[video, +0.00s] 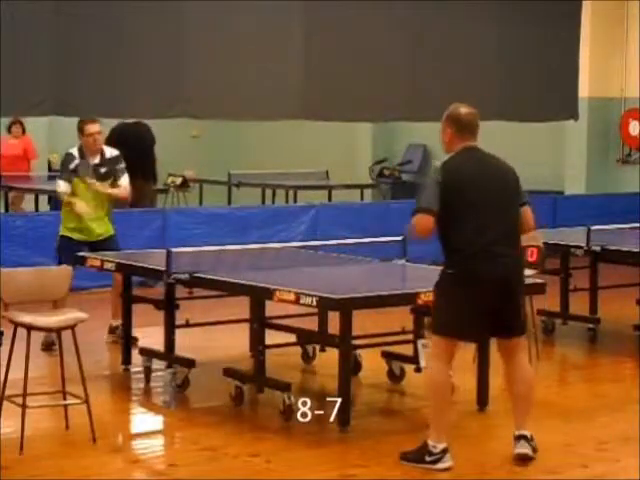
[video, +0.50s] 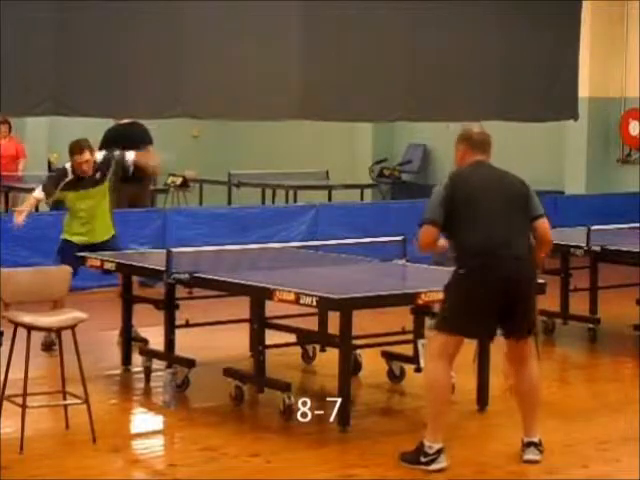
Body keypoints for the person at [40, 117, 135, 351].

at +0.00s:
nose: (96, 139)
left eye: (98, 134)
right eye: (91, 135)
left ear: (103, 134)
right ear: (81, 138)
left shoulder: (114, 156)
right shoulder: (71, 157)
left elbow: (126, 194)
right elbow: (61, 191)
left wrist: (102, 189)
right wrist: (75, 203)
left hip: (102, 227)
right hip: (73, 228)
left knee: (120, 274)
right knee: (63, 279)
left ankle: (117, 324)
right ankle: (53, 330)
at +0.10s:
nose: (92, 141)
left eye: (93, 136)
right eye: (86, 138)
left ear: (99, 136)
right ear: (77, 142)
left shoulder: (110, 156)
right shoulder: (67, 160)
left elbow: (120, 185)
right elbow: (46, 188)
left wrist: (88, 179)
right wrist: (42, 205)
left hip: (102, 230)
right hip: (71, 230)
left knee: (124, 276)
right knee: (59, 280)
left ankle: (126, 327)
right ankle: (52, 332)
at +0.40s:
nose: (86, 167)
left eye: (89, 161)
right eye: (81, 163)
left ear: (96, 156)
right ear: (74, 162)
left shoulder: (109, 170)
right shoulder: (68, 175)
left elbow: (124, 195)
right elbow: (39, 197)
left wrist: (90, 201)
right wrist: (18, 214)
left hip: (103, 238)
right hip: (73, 237)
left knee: (128, 274)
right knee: (58, 284)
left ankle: (127, 328)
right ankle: (51, 331)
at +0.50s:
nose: (84, 168)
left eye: (87, 162)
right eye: (79, 164)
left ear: (94, 157)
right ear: (71, 162)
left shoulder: (106, 162)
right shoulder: (63, 175)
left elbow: (128, 156)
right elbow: (38, 195)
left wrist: (146, 160)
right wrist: (23, 212)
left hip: (105, 237)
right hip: (74, 238)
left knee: (129, 277)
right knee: (61, 285)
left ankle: (128, 328)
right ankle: (52, 332)